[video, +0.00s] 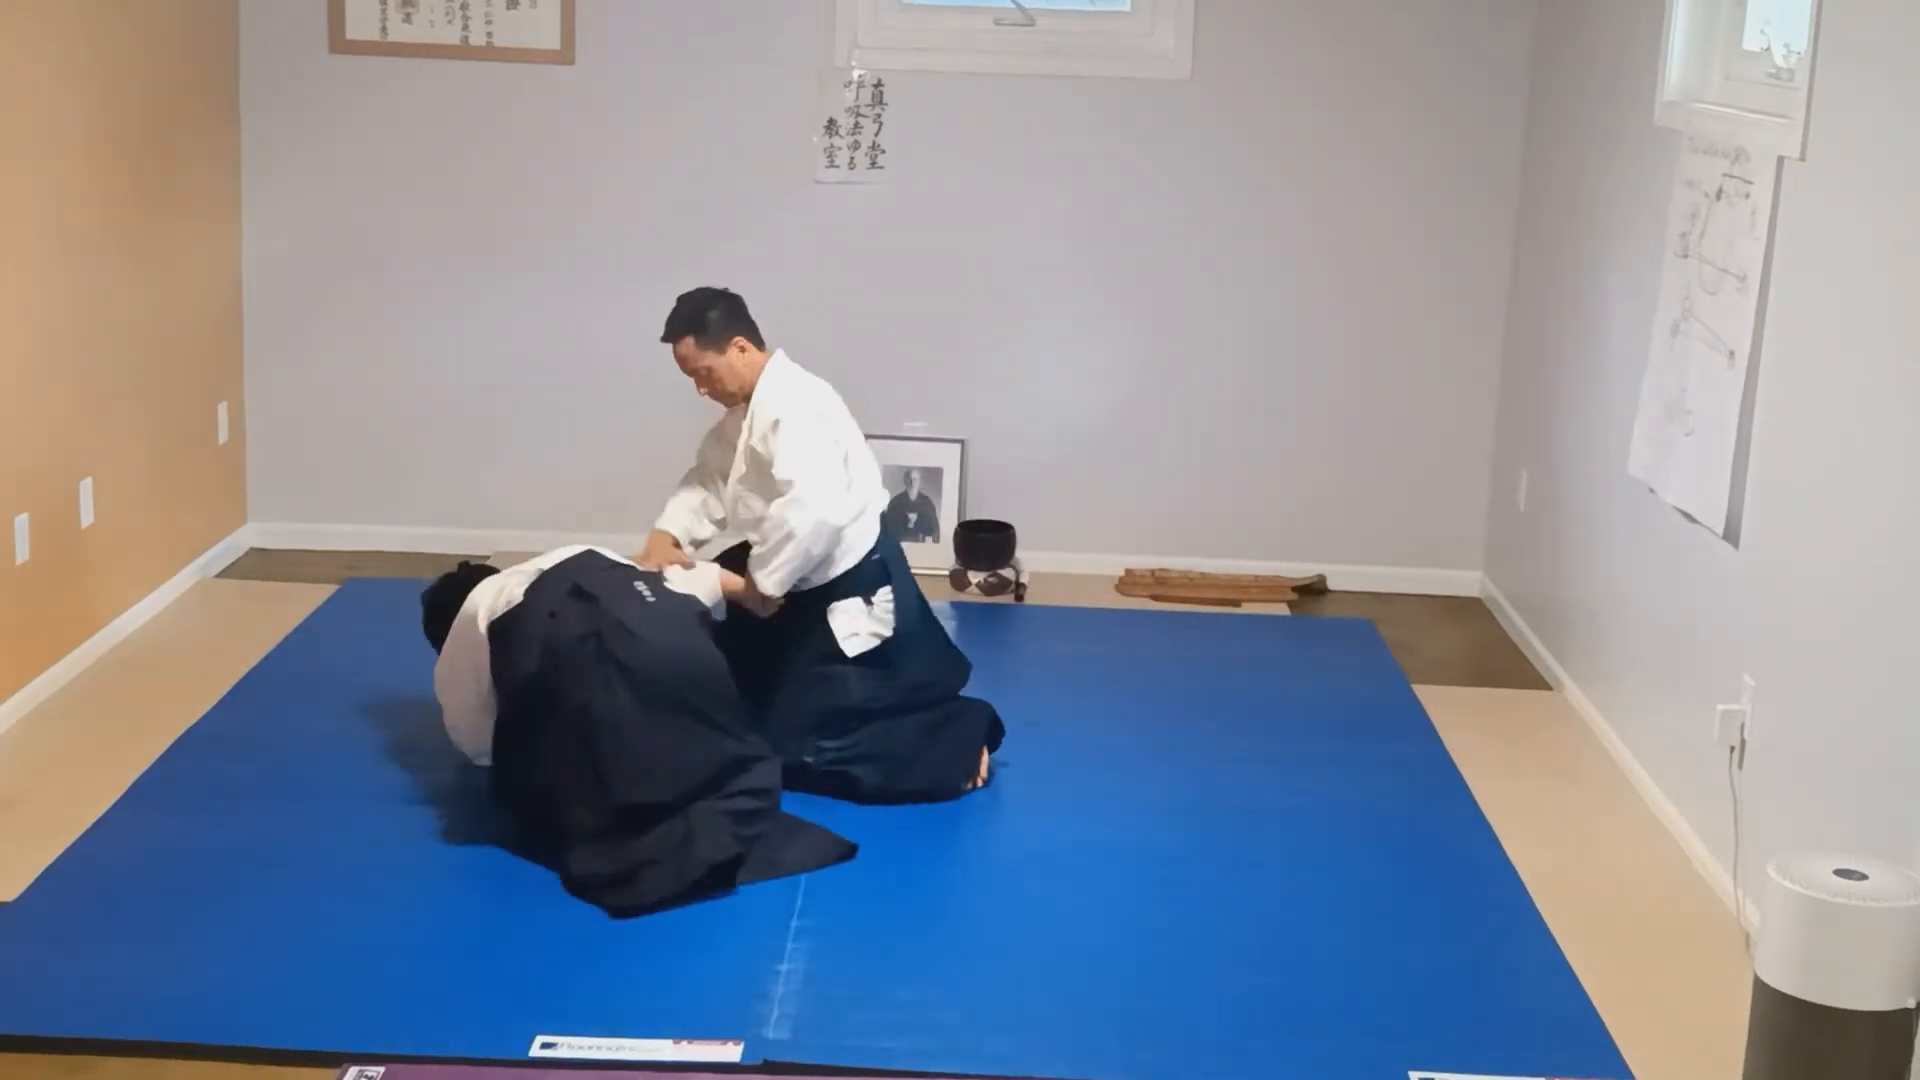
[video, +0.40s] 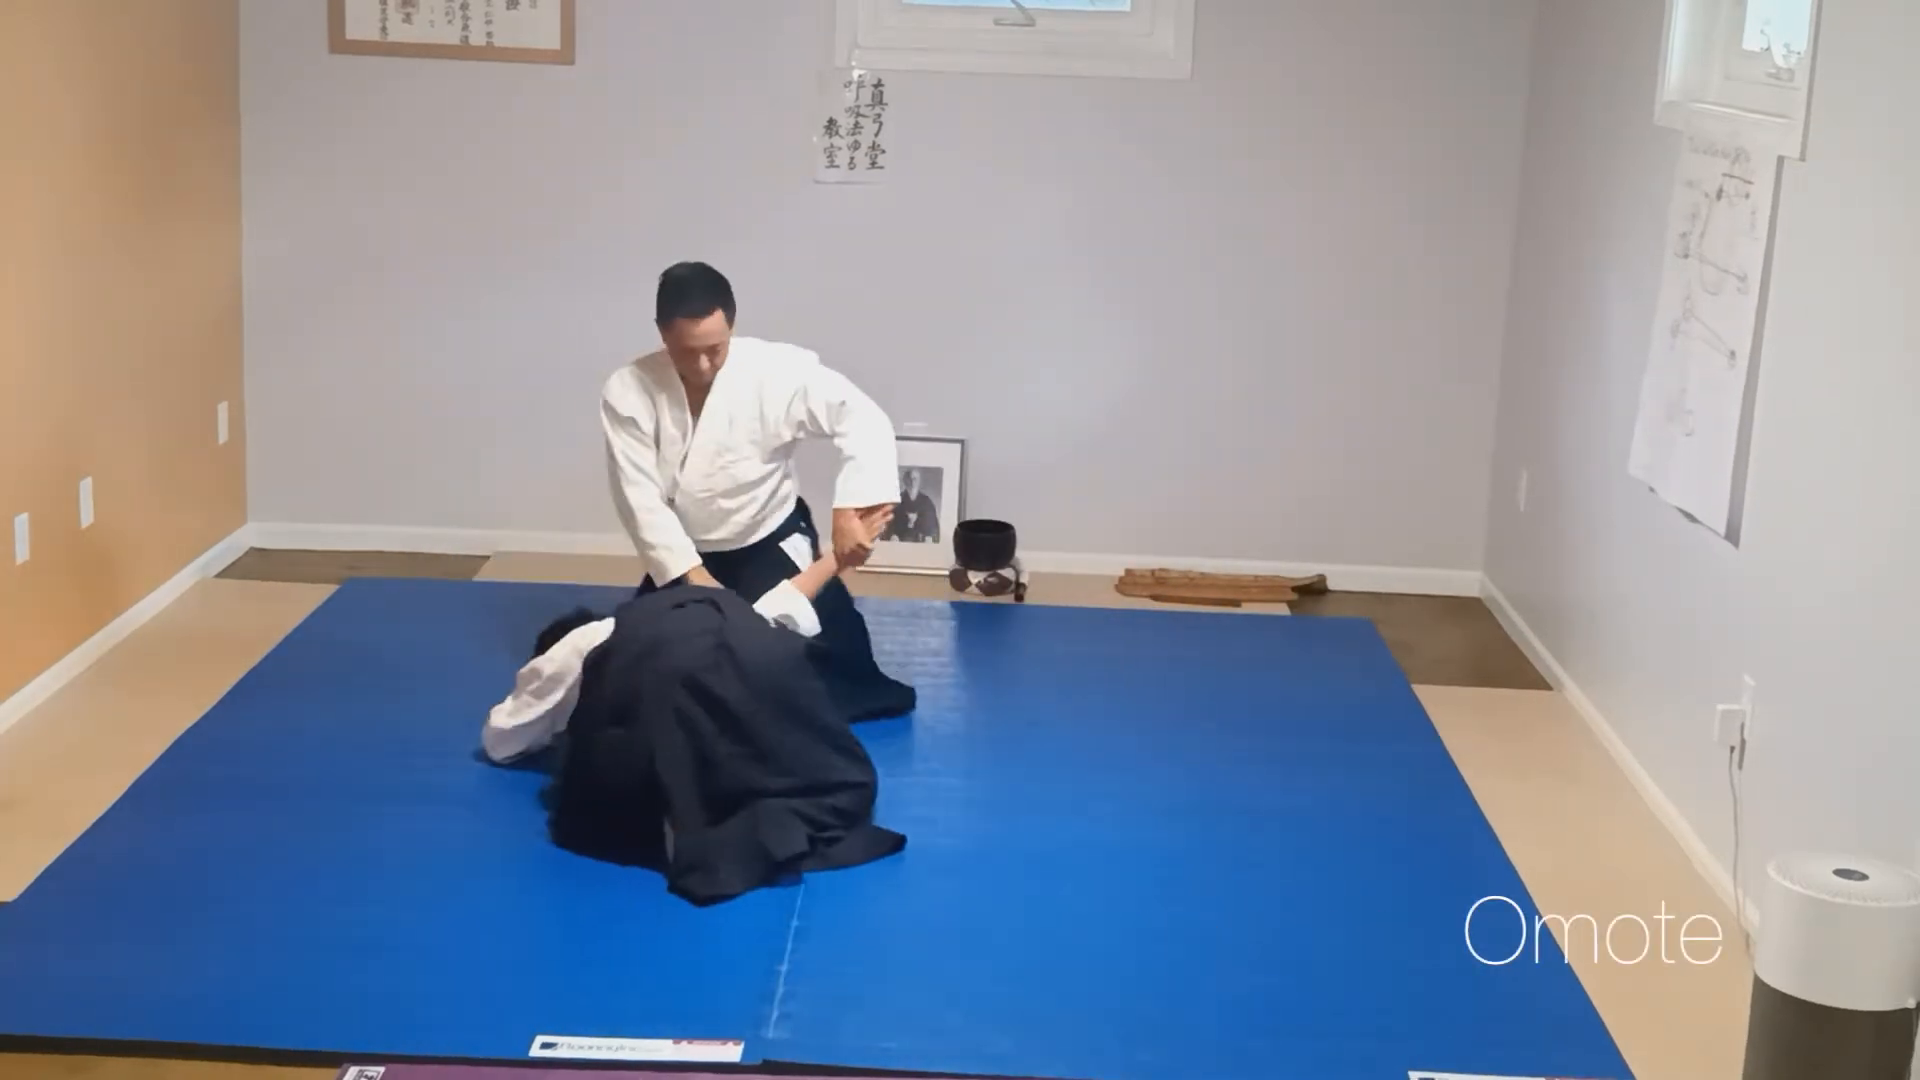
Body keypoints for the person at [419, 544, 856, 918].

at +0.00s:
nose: (441, 654)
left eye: (438, 642)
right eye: (440, 644)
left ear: (447, 625)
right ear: (487, 571)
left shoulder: (457, 641)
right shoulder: (580, 555)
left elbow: (476, 745)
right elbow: (671, 580)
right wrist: (728, 583)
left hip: (542, 645)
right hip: (642, 614)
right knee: (711, 747)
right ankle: (725, 827)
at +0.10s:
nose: (450, 660)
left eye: (448, 652)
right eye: (450, 654)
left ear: (455, 636)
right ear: (496, 584)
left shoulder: (469, 651)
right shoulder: (580, 569)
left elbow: (481, 747)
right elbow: (696, 592)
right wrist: (778, 594)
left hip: (578, 646)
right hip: (676, 617)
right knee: (734, 760)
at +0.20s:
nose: (474, 664)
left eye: (472, 656)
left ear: (483, 638)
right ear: (527, 592)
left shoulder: (497, 648)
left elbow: (484, 747)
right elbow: (723, 603)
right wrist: (810, 585)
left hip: (604, 641)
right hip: (708, 629)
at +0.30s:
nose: (514, 670)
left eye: (512, 660)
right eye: (511, 663)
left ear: (526, 638)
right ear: (574, 602)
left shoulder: (546, 635)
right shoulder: (663, 591)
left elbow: (490, 745)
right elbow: (761, 607)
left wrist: (557, 704)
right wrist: (833, 569)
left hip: (634, 660)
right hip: (742, 645)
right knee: (804, 780)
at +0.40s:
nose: (539, 673)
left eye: (543, 665)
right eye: (542, 665)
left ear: (563, 646)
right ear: (603, 612)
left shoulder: (582, 641)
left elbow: (500, 743)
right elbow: (782, 607)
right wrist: (837, 558)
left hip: (651, 665)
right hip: (747, 652)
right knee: (835, 786)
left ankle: (688, 832)